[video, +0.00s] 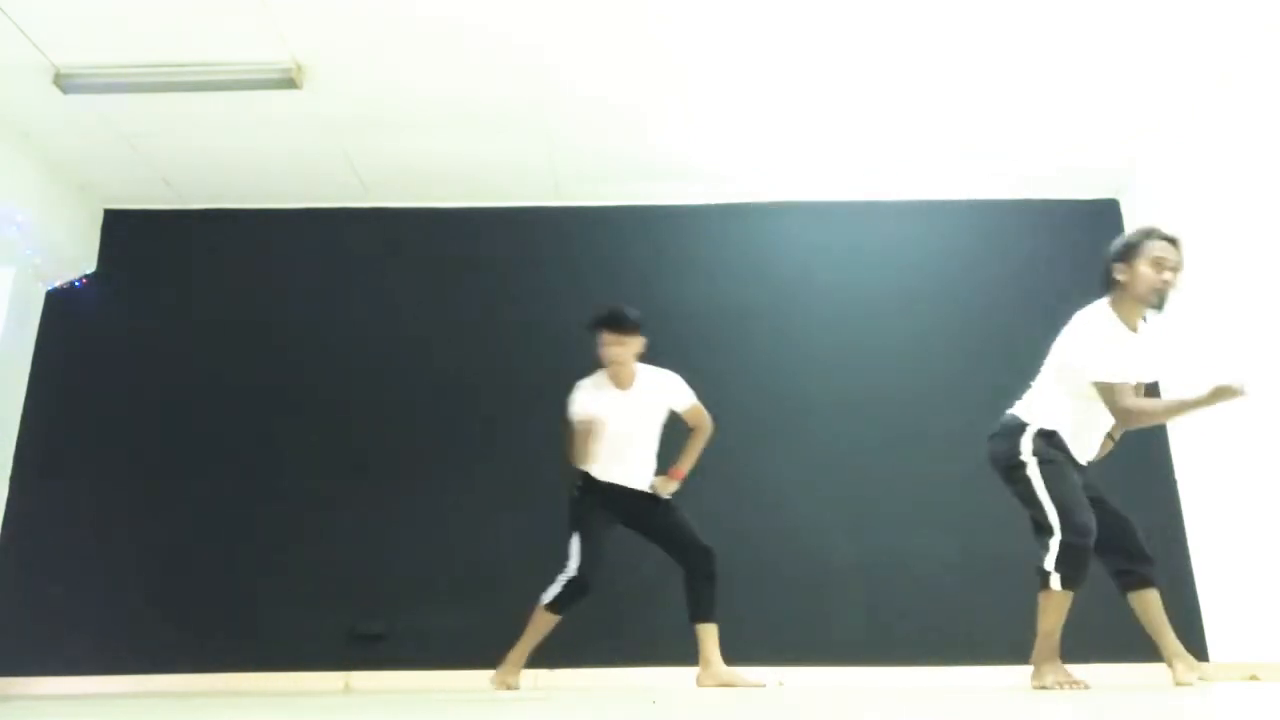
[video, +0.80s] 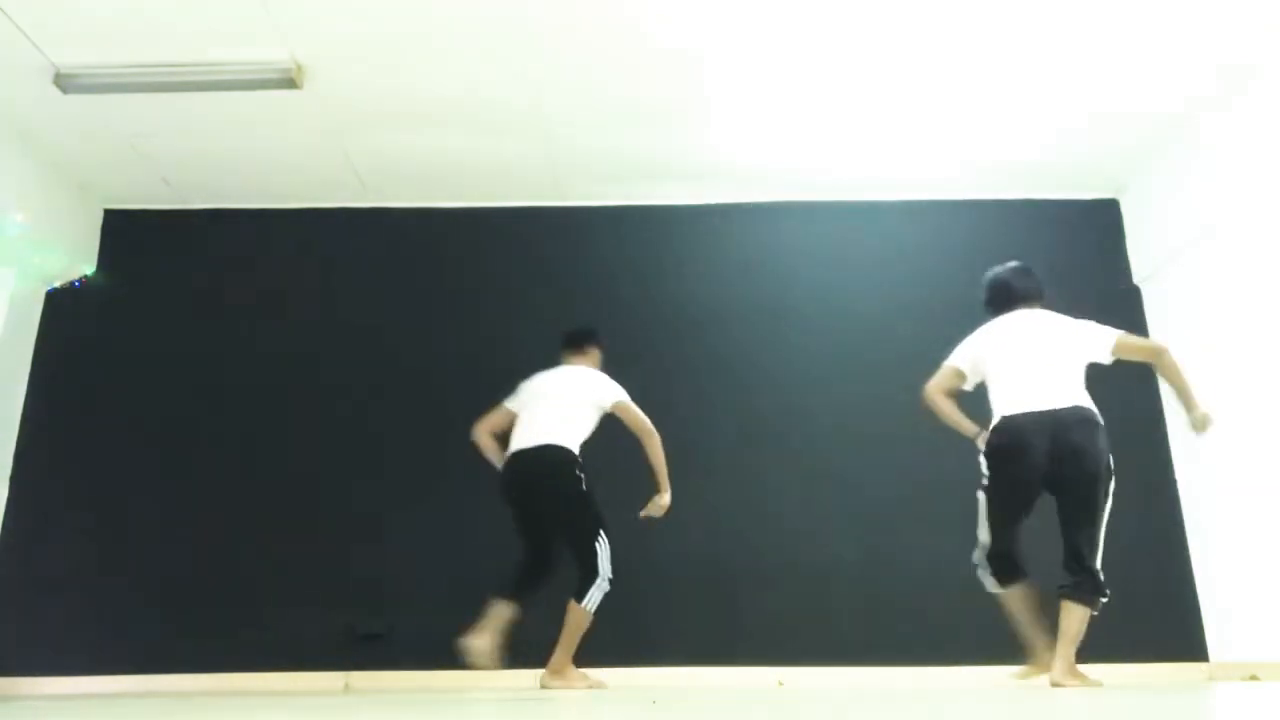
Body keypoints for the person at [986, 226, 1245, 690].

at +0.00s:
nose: (1168, 277)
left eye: (1174, 270)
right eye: (1158, 265)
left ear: (1177, 277)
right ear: (1121, 270)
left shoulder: (1139, 335)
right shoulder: (1096, 323)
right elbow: (1126, 410)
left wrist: (1113, 426)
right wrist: (1203, 401)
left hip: (1063, 453)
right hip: (1028, 438)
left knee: (1120, 538)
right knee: (1073, 530)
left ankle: (1179, 660)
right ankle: (1045, 663)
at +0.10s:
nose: (1187, 286)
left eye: (1191, 278)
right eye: (1178, 274)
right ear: (1142, 277)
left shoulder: (1144, 340)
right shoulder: (1115, 327)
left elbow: (1131, 414)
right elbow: (1128, 416)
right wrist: (1207, 412)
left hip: (1072, 451)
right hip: (1042, 439)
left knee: (1125, 536)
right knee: (1092, 525)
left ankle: (1182, 662)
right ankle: (1057, 659)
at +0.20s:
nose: (1195, 294)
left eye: (1194, 285)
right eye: (1187, 284)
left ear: (1157, 289)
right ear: (1154, 286)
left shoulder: (1142, 343)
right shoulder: (1126, 334)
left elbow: (1127, 413)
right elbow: (1124, 415)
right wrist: (1199, 423)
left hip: (1079, 451)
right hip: (1055, 447)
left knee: (1138, 538)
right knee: (1114, 535)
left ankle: (1182, 660)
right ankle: (1067, 643)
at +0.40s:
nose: (1169, 309)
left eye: (1165, 299)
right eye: (1163, 299)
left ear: (1122, 308)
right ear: (1145, 301)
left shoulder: (1095, 341)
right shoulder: (1137, 339)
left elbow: (1094, 397)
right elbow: (1148, 380)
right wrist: (1160, 442)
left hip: (1036, 456)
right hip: (1077, 451)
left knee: (1126, 567)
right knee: (1150, 564)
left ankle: (1182, 664)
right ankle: (1063, 631)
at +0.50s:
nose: (1138, 302)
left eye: (1134, 294)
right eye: (1133, 295)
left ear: (1087, 306)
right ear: (1120, 299)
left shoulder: (1058, 343)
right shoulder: (1126, 332)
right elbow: (1167, 355)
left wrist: (1048, 446)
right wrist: (1163, 427)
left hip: (1029, 449)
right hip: (1082, 437)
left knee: (1110, 567)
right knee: (1129, 568)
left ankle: (1179, 663)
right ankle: (1068, 650)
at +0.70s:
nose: (1071, 303)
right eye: (1069, 296)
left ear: (1020, 305)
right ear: (1067, 297)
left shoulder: (1003, 339)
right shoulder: (1085, 328)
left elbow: (952, 397)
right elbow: (1172, 343)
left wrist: (989, 436)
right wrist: (1208, 407)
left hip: (1017, 440)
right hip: (1081, 429)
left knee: (1048, 557)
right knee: (1088, 554)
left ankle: (1114, 646)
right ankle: (1064, 667)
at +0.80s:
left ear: (992, 303)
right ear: (1039, 296)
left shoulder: (983, 336)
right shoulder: (1068, 326)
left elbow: (933, 391)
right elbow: (1157, 351)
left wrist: (976, 435)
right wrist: (1193, 408)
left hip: (1014, 438)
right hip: (1082, 434)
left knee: (997, 552)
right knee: (1083, 555)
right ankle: (1063, 666)